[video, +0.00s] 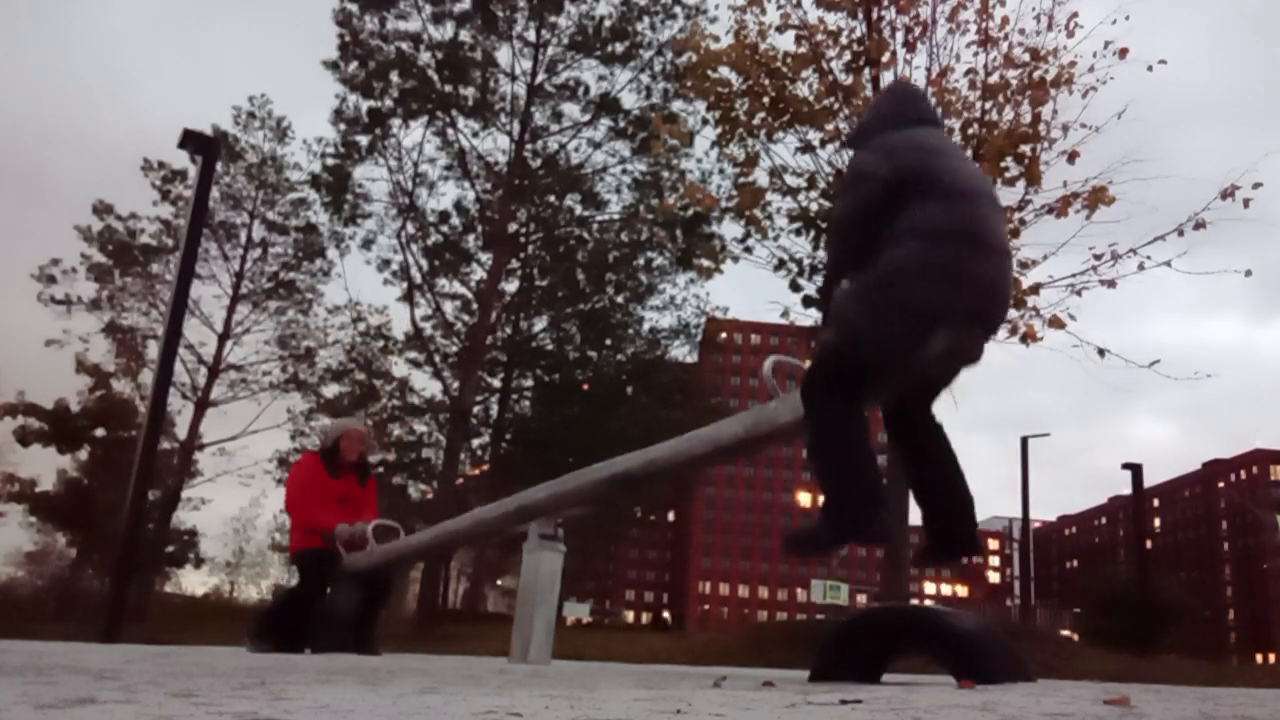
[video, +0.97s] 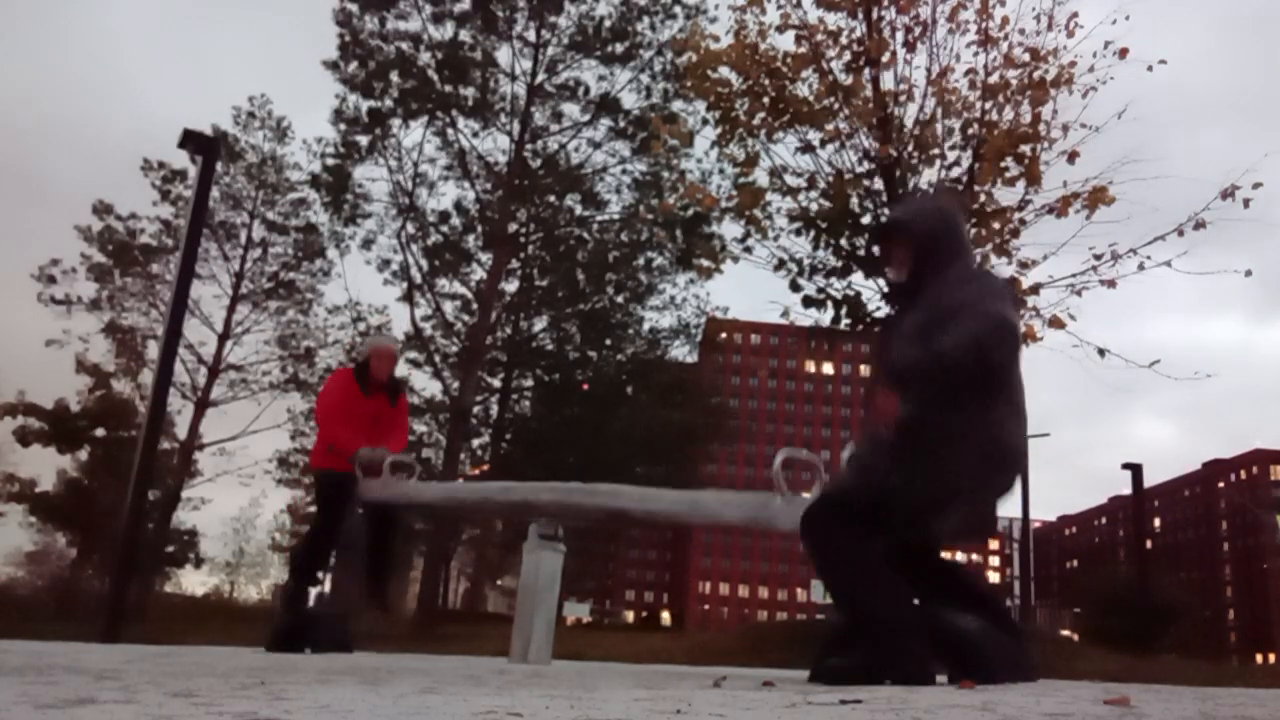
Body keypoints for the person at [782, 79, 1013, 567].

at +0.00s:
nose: (858, 145)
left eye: (863, 136)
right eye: (859, 137)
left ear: (880, 123)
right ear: (921, 120)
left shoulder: (883, 152)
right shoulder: (953, 157)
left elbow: (847, 229)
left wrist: (835, 298)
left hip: (914, 285)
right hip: (984, 295)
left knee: (827, 387)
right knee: (908, 406)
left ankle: (852, 512)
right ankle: (954, 533)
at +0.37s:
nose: (872, 113)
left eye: (877, 102)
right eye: (871, 105)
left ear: (895, 89)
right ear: (928, 84)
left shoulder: (906, 115)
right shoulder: (964, 131)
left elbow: (856, 185)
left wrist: (803, 225)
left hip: (899, 269)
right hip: (964, 278)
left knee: (826, 356)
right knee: (908, 387)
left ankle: (842, 482)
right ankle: (944, 522)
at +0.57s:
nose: (871, 118)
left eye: (878, 106)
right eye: (871, 107)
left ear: (904, 100)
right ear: (926, 98)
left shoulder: (938, 129)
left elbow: (930, 164)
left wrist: (839, 182)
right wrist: (847, 208)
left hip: (925, 295)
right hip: (963, 305)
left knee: (822, 367)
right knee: (905, 415)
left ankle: (838, 496)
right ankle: (961, 549)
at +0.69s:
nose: (877, 159)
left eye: (884, 146)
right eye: (876, 148)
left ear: (912, 140)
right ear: (928, 138)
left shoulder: (957, 178)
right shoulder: (904, 204)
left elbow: (945, 202)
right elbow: (879, 307)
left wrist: (865, 215)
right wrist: (828, 376)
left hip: (952, 343)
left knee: (824, 406)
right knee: (906, 455)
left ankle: (845, 536)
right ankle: (978, 587)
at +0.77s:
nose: (883, 188)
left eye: (890, 176)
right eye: (882, 178)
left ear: (917, 170)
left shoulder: (968, 209)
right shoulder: (904, 232)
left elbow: (941, 242)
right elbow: (879, 334)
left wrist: (884, 259)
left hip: (953, 374)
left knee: (829, 445)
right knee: (915, 489)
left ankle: (858, 601)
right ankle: (982, 627)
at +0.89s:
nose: (891, 240)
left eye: (898, 227)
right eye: (890, 230)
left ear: (926, 220)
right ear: (932, 223)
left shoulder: (969, 260)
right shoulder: (918, 278)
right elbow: (897, 379)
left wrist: (895, 331)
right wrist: (864, 440)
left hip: (954, 426)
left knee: (834, 503)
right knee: (915, 535)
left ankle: (875, 633)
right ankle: (1000, 643)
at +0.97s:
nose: (888, 258)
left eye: (897, 246)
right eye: (886, 248)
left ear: (928, 245)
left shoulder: (975, 294)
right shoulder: (912, 314)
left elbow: (973, 354)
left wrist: (902, 373)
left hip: (968, 455)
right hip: (935, 455)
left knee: (829, 522)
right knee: (894, 556)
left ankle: (891, 653)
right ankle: (997, 646)